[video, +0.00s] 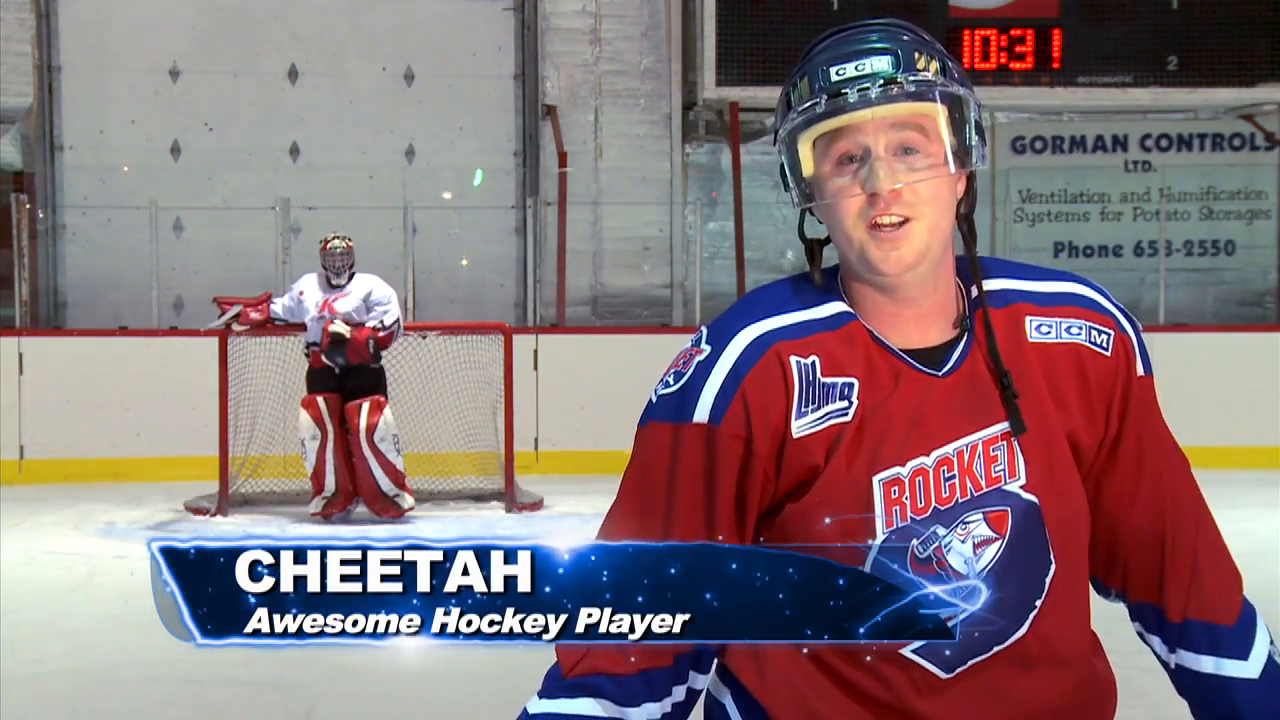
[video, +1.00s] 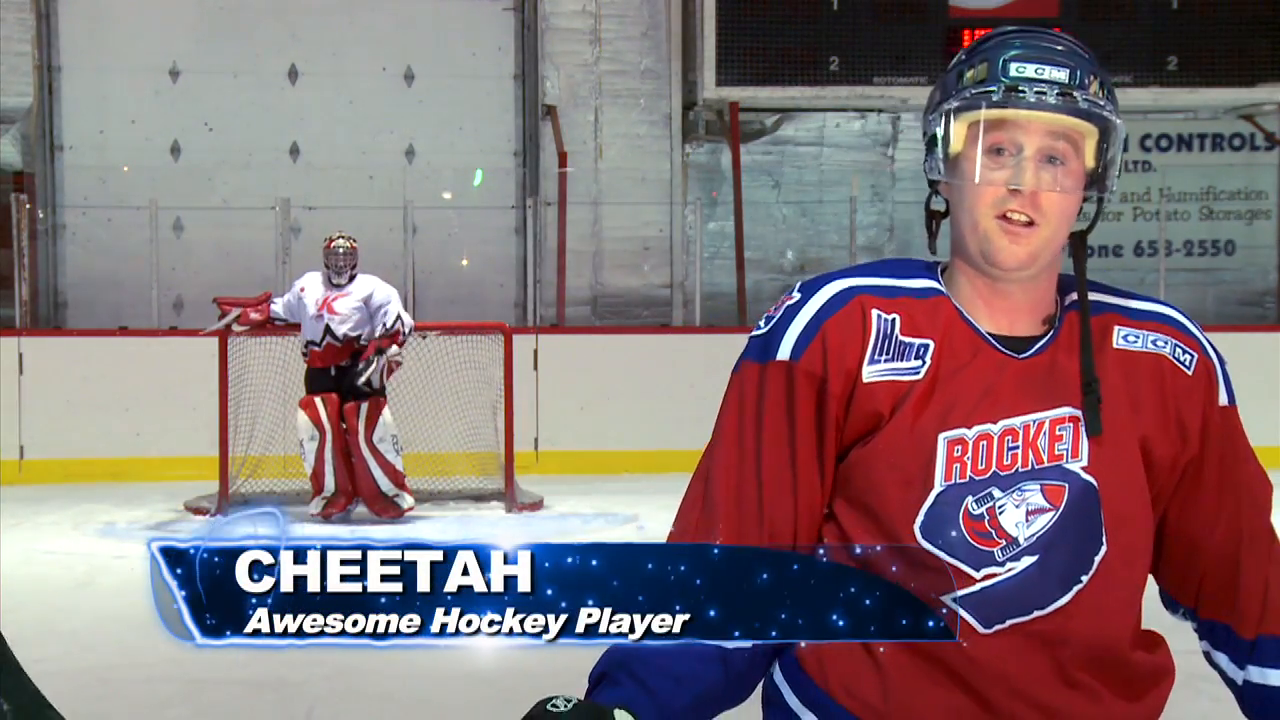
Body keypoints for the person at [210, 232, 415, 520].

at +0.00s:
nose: (338, 263)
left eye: (343, 257)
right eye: (332, 258)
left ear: (352, 258)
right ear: (323, 260)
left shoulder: (371, 286)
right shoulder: (307, 287)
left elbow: (389, 326)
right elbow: (281, 310)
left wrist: (352, 333)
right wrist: (245, 311)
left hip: (363, 374)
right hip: (323, 374)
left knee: (369, 431)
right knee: (322, 433)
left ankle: (391, 498)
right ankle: (332, 499)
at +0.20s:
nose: (339, 264)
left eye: (344, 258)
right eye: (333, 258)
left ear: (353, 258)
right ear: (324, 260)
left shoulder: (371, 283)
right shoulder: (308, 282)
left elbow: (389, 322)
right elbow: (284, 310)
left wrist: (354, 331)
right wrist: (249, 312)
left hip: (363, 370)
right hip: (322, 371)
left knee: (368, 431)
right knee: (325, 433)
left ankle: (390, 499)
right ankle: (333, 500)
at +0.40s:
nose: (339, 265)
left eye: (344, 259)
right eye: (333, 260)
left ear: (355, 259)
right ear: (325, 261)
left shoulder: (372, 282)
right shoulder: (308, 280)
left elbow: (391, 318)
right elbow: (285, 309)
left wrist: (364, 320)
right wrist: (252, 311)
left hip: (362, 368)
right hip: (322, 369)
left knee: (367, 430)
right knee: (323, 432)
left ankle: (390, 498)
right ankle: (331, 499)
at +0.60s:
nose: (340, 265)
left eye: (346, 259)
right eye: (334, 260)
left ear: (356, 260)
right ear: (326, 260)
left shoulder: (371, 284)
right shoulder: (308, 282)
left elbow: (393, 321)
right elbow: (284, 309)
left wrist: (362, 315)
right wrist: (250, 312)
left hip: (362, 370)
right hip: (322, 371)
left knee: (367, 432)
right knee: (323, 433)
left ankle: (389, 499)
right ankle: (332, 501)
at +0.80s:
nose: (339, 262)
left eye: (345, 257)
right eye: (333, 257)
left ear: (354, 259)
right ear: (325, 258)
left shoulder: (370, 286)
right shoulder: (308, 285)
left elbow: (396, 317)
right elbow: (282, 310)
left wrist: (365, 326)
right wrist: (250, 313)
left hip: (361, 372)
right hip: (321, 374)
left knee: (365, 435)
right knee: (324, 436)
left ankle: (390, 499)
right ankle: (333, 499)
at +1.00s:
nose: (340, 263)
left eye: (346, 257)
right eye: (334, 257)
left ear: (355, 259)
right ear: (325, 259)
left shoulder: (372, 289)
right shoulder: (308, 286)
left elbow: (399, 325)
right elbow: (281, 310)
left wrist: (378, 356)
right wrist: (247, 314)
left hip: (359, 372)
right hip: (320, 374)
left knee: (365, 434)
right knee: (325, 435)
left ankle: (389, 497)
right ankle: (334, 497)